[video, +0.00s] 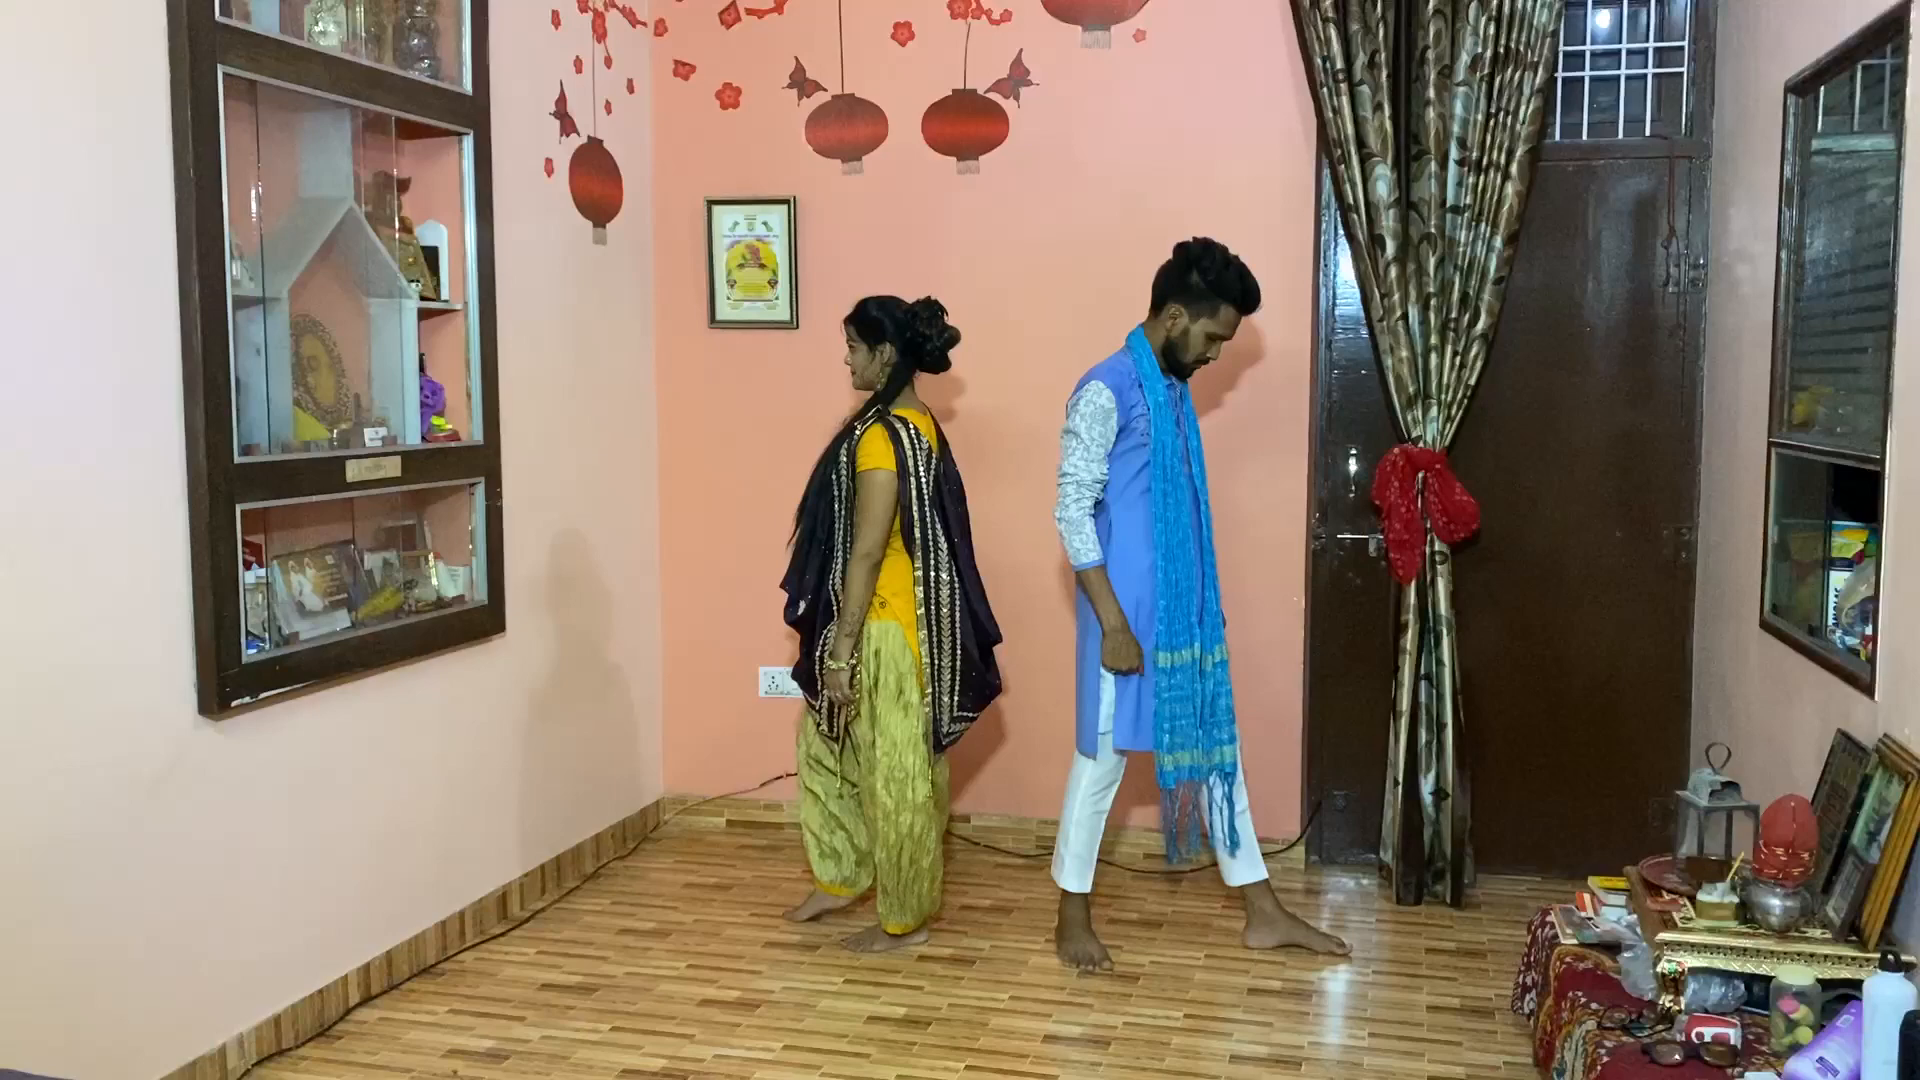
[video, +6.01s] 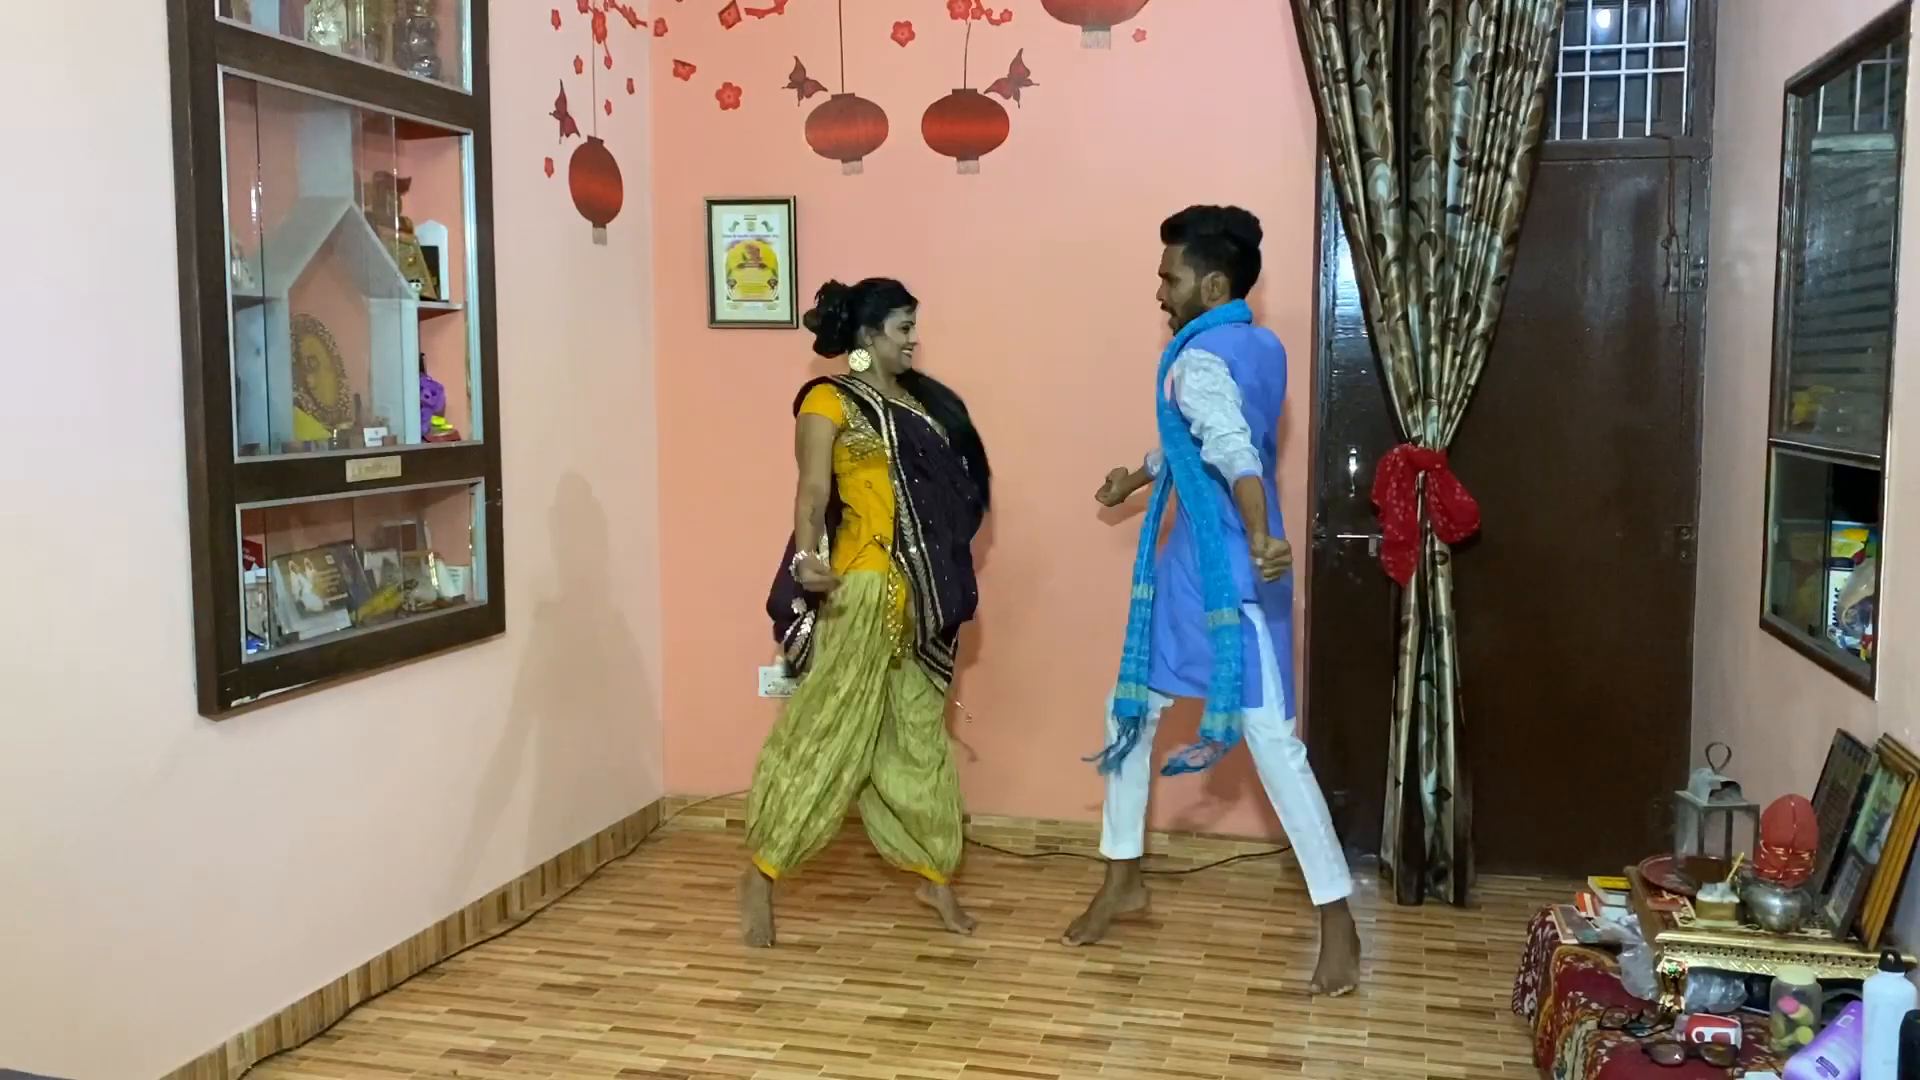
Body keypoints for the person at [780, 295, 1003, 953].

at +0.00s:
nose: (847, 361)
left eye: (855, 349)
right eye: (847, 348)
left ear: (887, 355)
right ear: (895, 356)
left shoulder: (882, 435)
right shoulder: (915, 425)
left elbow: (869, 550)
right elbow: (881, 546)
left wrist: (842, 646)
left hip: (885, 628)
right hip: (883, 619)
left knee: (896, 773)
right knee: (826, 748)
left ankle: (904, 916)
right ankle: (842, 875)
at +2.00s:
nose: (845, 359)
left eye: (854, 347)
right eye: (846, 346)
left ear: (887, 354)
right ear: (894, 354)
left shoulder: (880, 434)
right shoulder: (913, 423)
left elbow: (868, 551)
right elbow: (883, 547)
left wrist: (843, 648)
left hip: (886, 628)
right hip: (884, 618)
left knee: (896, 775)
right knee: (828, 752)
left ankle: (905, 915)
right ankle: (842, 878)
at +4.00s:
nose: (827, 330)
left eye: (835, 320)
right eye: (829, 320)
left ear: (864, 332)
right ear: (883, 334)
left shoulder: (868, 388)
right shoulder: (892, 382)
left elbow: (820, 342)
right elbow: (886, 306)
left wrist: (774, 278)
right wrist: (878, 229)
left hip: (871, 591)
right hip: (848, 586)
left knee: (879, 742)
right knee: (822, 723)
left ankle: (918, 895)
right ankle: (810, 855)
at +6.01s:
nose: (914, 341)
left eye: (915, 329)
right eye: (903, 329)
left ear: (899, 334)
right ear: (866, 334)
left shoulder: (916, 406)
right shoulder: (828, 398)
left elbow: (940, 498)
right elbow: (814, 487)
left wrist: (949, 571)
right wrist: (807, 559)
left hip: (921, 590)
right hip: (862, 587)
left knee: (923, 736)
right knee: (824, 734)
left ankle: (938, 875)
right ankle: (761, 874)